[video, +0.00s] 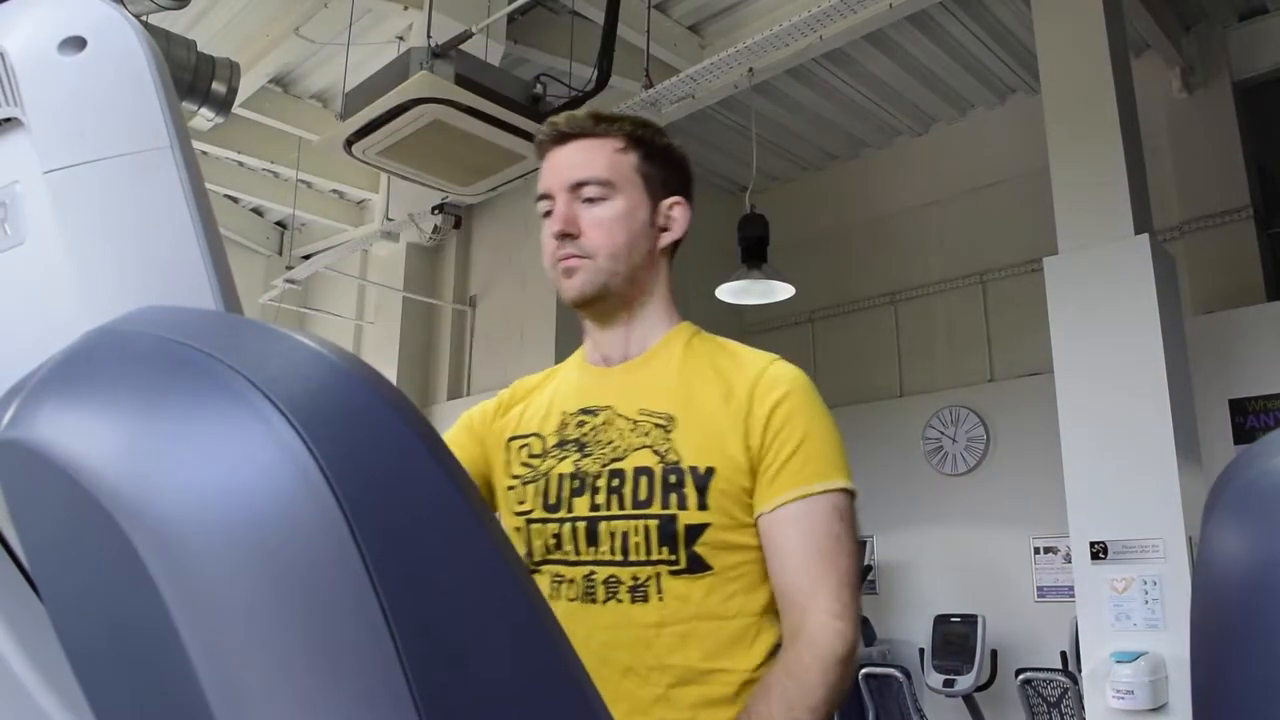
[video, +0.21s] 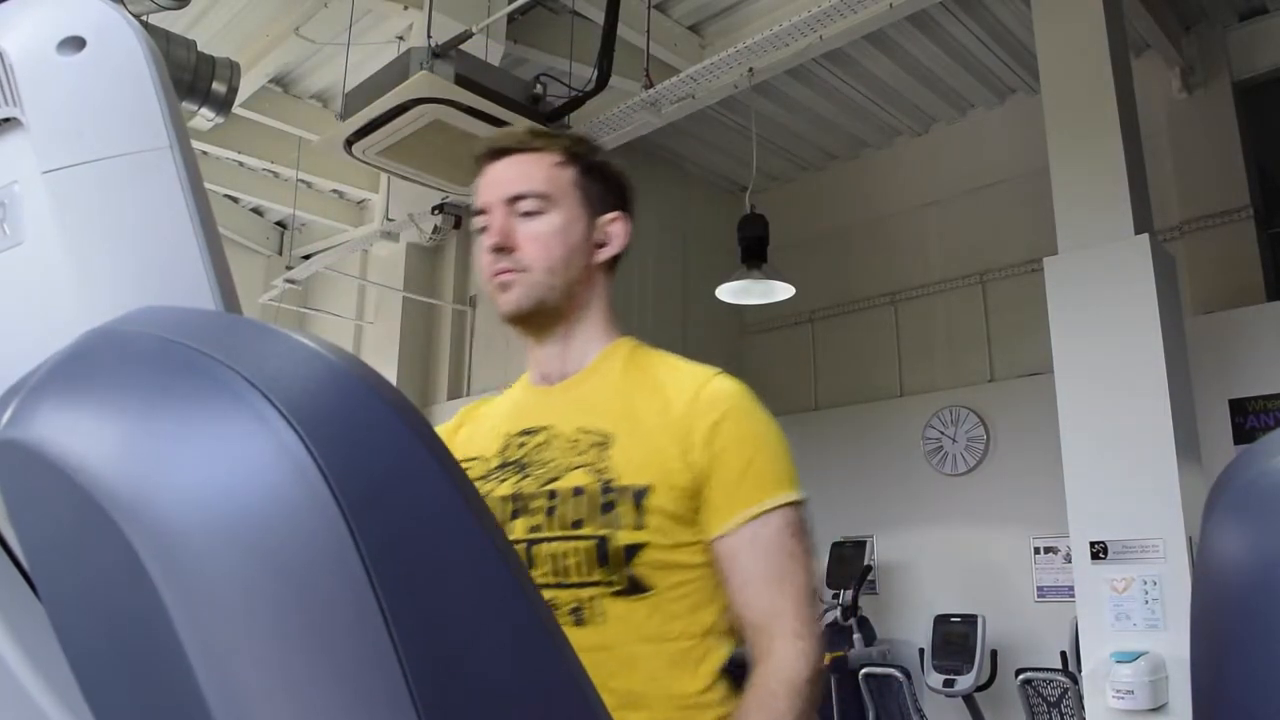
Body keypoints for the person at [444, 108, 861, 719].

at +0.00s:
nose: (559, 225)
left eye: (591, 197)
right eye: (547, 207)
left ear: (668, 222)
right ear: (539, 231)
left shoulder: (767, 394)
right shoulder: (497, 424)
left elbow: (821, 640)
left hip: (717, 702)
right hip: (540, 704)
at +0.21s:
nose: (495, 238)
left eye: (529, 211)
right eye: (482, 223)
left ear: (607, 237)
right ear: (474, 248)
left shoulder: (708, 410)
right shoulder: (452, 445)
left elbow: (788, 655)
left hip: (677, 703)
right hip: (499, 704)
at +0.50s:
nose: (441, 243)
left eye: (472, 213)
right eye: (429, 226)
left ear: (553, 233)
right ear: (424, 247)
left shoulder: (648, 396)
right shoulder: (430, 427)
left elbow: (660, 668)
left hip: (595, 706)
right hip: (450, 703)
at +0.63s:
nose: (440, 243)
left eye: (472, 213)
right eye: (429, 227)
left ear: (552, 236)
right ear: (424, 250)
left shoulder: (649, 399)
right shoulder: (430, 427)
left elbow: (678, 670)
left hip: (608, 703)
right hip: (454, 703)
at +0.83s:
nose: (458, 256)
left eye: (491, 227)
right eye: (446, 238)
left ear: (572, 251)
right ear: (440, 261)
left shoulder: (676, 425)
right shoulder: (442, 441)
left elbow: (687, 695)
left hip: (619, 707)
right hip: (458, 705)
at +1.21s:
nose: (518, 198)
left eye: (553, 171)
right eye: (510, 183)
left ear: (638, 202)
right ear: (505, 210)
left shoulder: (736, 388)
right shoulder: (470, 412)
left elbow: (791, 664)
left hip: (692, 703)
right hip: (497, 702)